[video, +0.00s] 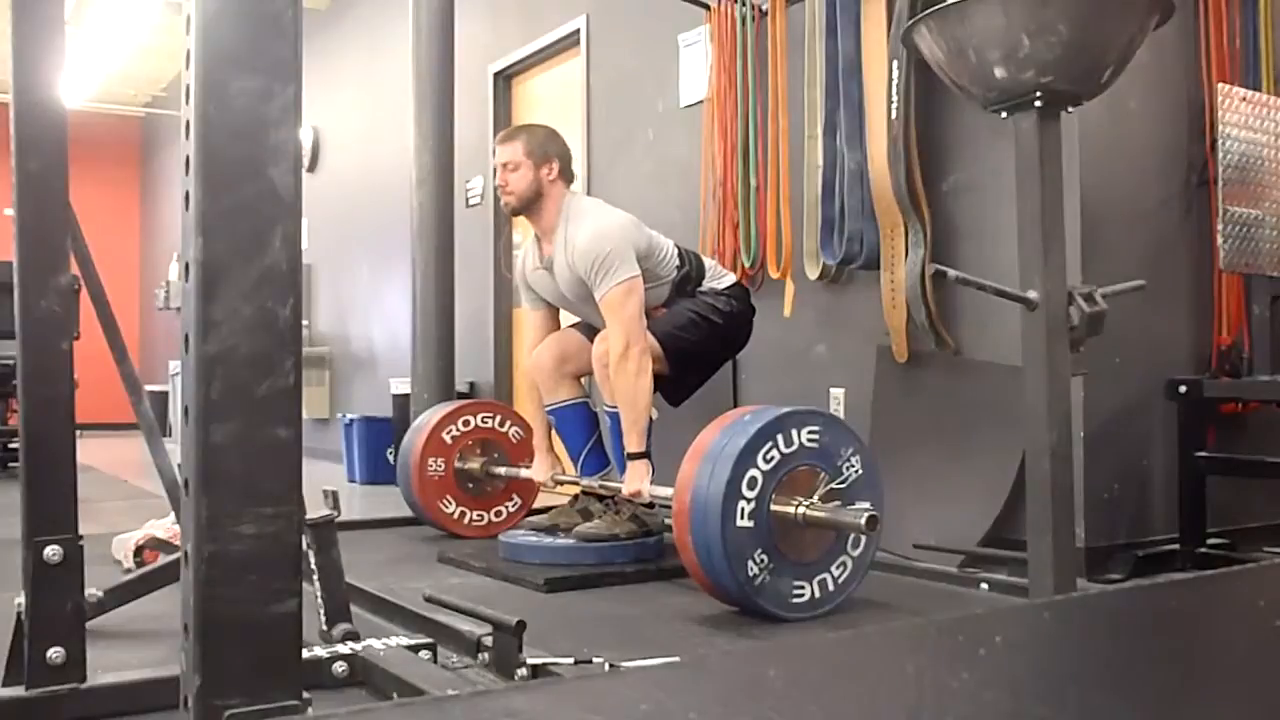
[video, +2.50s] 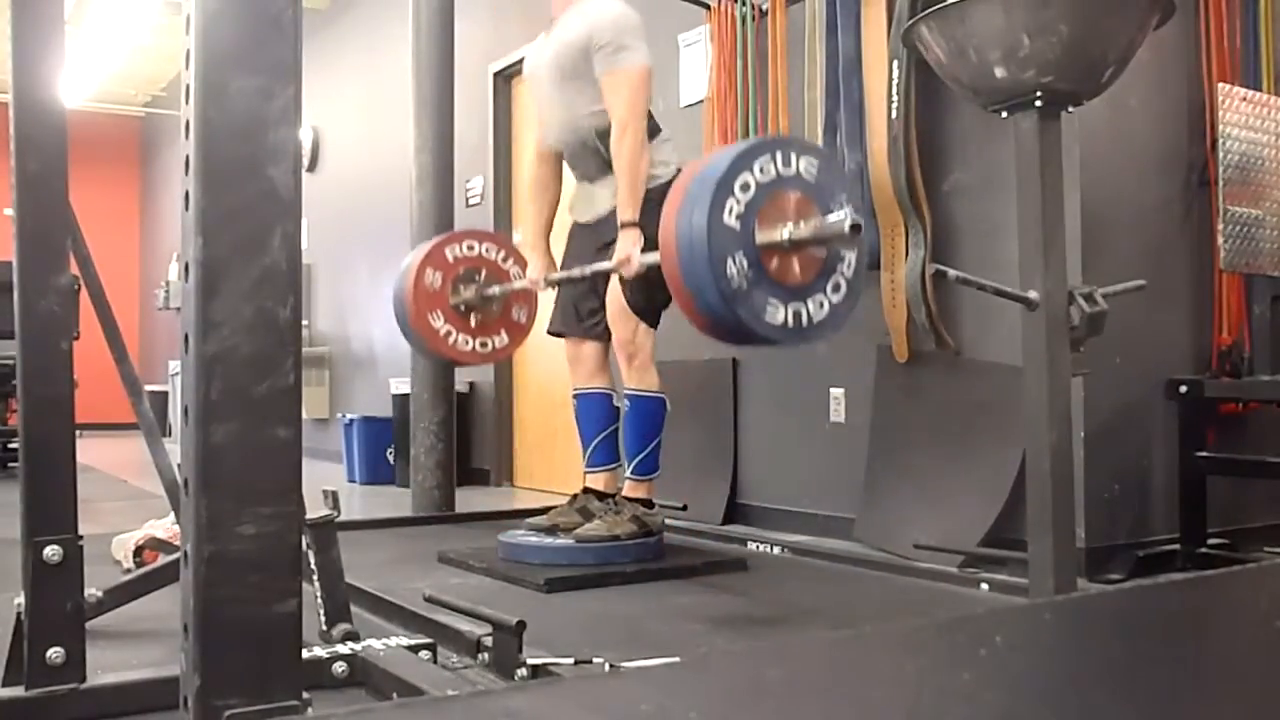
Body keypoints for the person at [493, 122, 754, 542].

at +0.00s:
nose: (499, 181)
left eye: (511, 168)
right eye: (497, 170)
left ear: (549, 172)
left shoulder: (598, 233)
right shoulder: (531, 256)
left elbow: (630, 351)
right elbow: (539, 358)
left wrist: (637, 460)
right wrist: (542, 450)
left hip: (714, 301)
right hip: (646, 311)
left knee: (612, 353)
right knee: (548, 362)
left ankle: (634, 502)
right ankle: (600, 492)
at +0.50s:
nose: (490, 209)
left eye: (497, 195)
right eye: (485, 200)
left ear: (533, 182)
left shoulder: (591, 236)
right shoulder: (523, 264)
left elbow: (626, 351)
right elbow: (535, 360)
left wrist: (636, 465)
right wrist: (540, 453)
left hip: (713, 296)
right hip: (645, 308)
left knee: (610, 352)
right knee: (548, 361)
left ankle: (633, 499)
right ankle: (600, 493)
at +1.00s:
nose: (500, 163)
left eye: (514, 153)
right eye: (501, 155)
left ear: (552, 166)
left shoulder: (594, 233)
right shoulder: (525, 255)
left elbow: (628, 351)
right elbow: (535, 357)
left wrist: (635, 459)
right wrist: (540, 450)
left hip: (704, 308)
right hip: (642, 317)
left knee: (599, 355)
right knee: (540, 365)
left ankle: (632, 502)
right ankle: (598, 491)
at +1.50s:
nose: (494, 143)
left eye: (508, 133)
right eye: (495, 134)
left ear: (546, 147)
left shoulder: (592, 214)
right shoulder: (521, 243)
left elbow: (629, 332)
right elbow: (539, 343)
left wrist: (635, 438)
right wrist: (542, 431)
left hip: (699, 285)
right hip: (638, 295)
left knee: (599, 352)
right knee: (543, 363)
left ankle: (632, 501)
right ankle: (598, 491)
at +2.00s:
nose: (479, 63)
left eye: (495, 53)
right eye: (482, 53)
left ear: (531, 69)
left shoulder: (573, 136)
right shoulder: (506, 172)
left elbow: (618, 248)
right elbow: (531, 267)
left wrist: (626, 351)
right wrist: (538, 360)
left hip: (682, 220)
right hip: (616, 239)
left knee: (630, 342)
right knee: (572, 347)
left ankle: (638, 504)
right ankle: (598, 494)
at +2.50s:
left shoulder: (608, 18)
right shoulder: (540, 54)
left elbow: (630, 125)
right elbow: (545, 155)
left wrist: (629, 226)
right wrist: (536, 243)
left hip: (646, 198)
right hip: (592, 205)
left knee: (629, 340)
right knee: (582, 346)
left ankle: (639, 503)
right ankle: (599, 493)